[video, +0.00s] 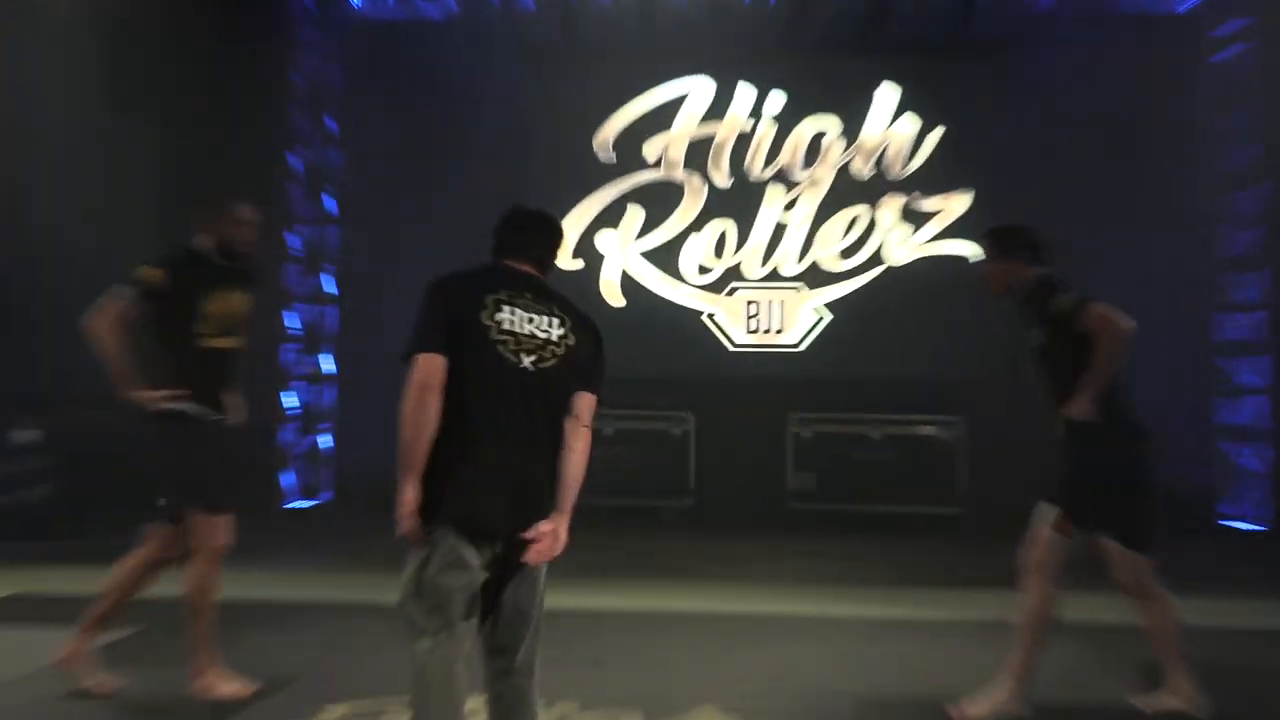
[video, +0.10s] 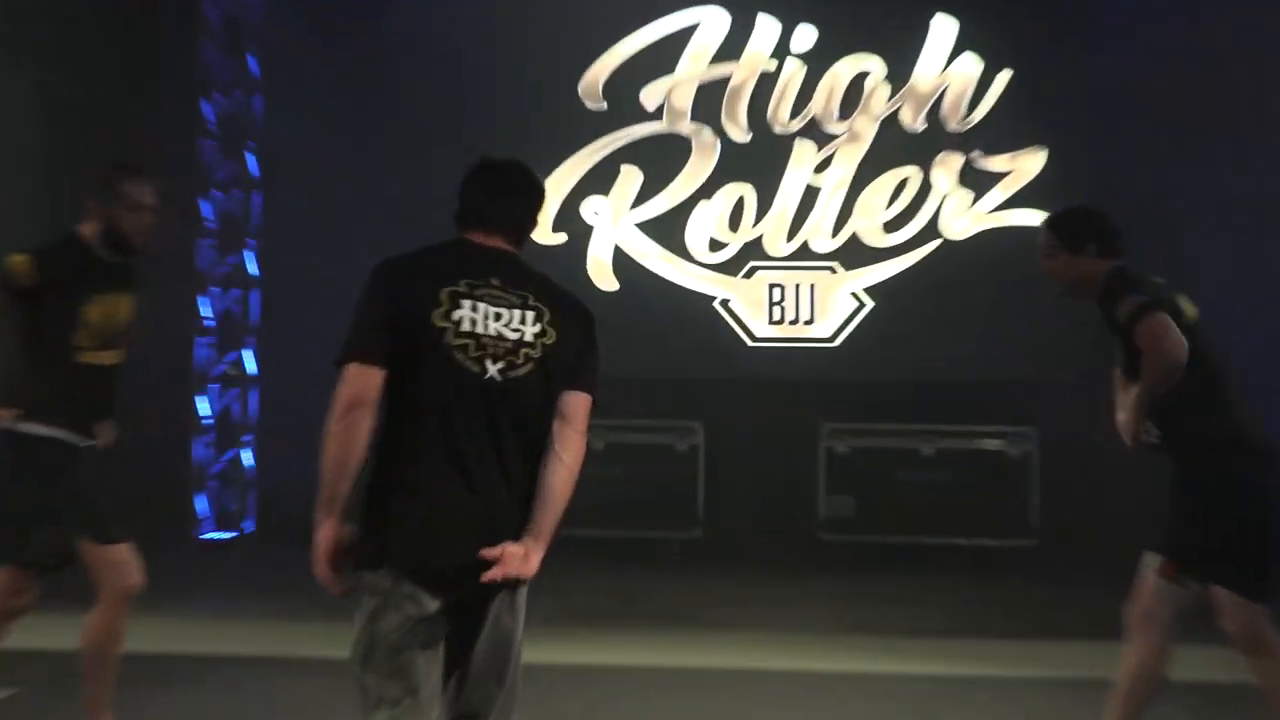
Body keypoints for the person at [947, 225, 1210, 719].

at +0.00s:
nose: (988, 274)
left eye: (995, 265)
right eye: (990, 264)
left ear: (1019, 264)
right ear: (1021, 263)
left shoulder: (1055, 302)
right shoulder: (1046, 305)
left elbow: (1119, 328)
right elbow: (1115, 330)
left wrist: (1086, 395)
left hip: (1094, 451)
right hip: (1109, 452)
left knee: (1039, 559)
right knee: (1132, 570)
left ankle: (1011, 688)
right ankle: (1181, 686)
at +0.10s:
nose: (1047, 267)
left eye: (1052, 254)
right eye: (1045, 255)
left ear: (1084, 252)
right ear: (1091, 253)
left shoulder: (1125, 291)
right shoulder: (1125, 292)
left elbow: (1170, 349)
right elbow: (1124, 361)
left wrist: (1138, 400)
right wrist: (1124, 403)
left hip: (1212, 477)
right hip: (1232, 473)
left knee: (1148, 610)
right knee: (1243, 619)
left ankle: (1122, 708)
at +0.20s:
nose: (1097, 291)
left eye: (1101, 275)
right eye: (1095, 277)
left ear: (1136, 270)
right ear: (1158, 261)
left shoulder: (1188, 311)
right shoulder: (1215, 302)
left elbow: (1171, 415)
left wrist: (1164, 465)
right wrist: (1171, 461)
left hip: (1271, 515)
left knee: (1246, 669)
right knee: (1246, 667)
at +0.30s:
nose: (1196, 315)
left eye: (1203, 299)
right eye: (1194, 301)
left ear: (1247, 293)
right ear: (1249, 293)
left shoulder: (1272, 367)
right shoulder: (1267, 366)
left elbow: (1256, 474)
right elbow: (1257, 470)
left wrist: (1196, 565)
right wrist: (1246, 552)